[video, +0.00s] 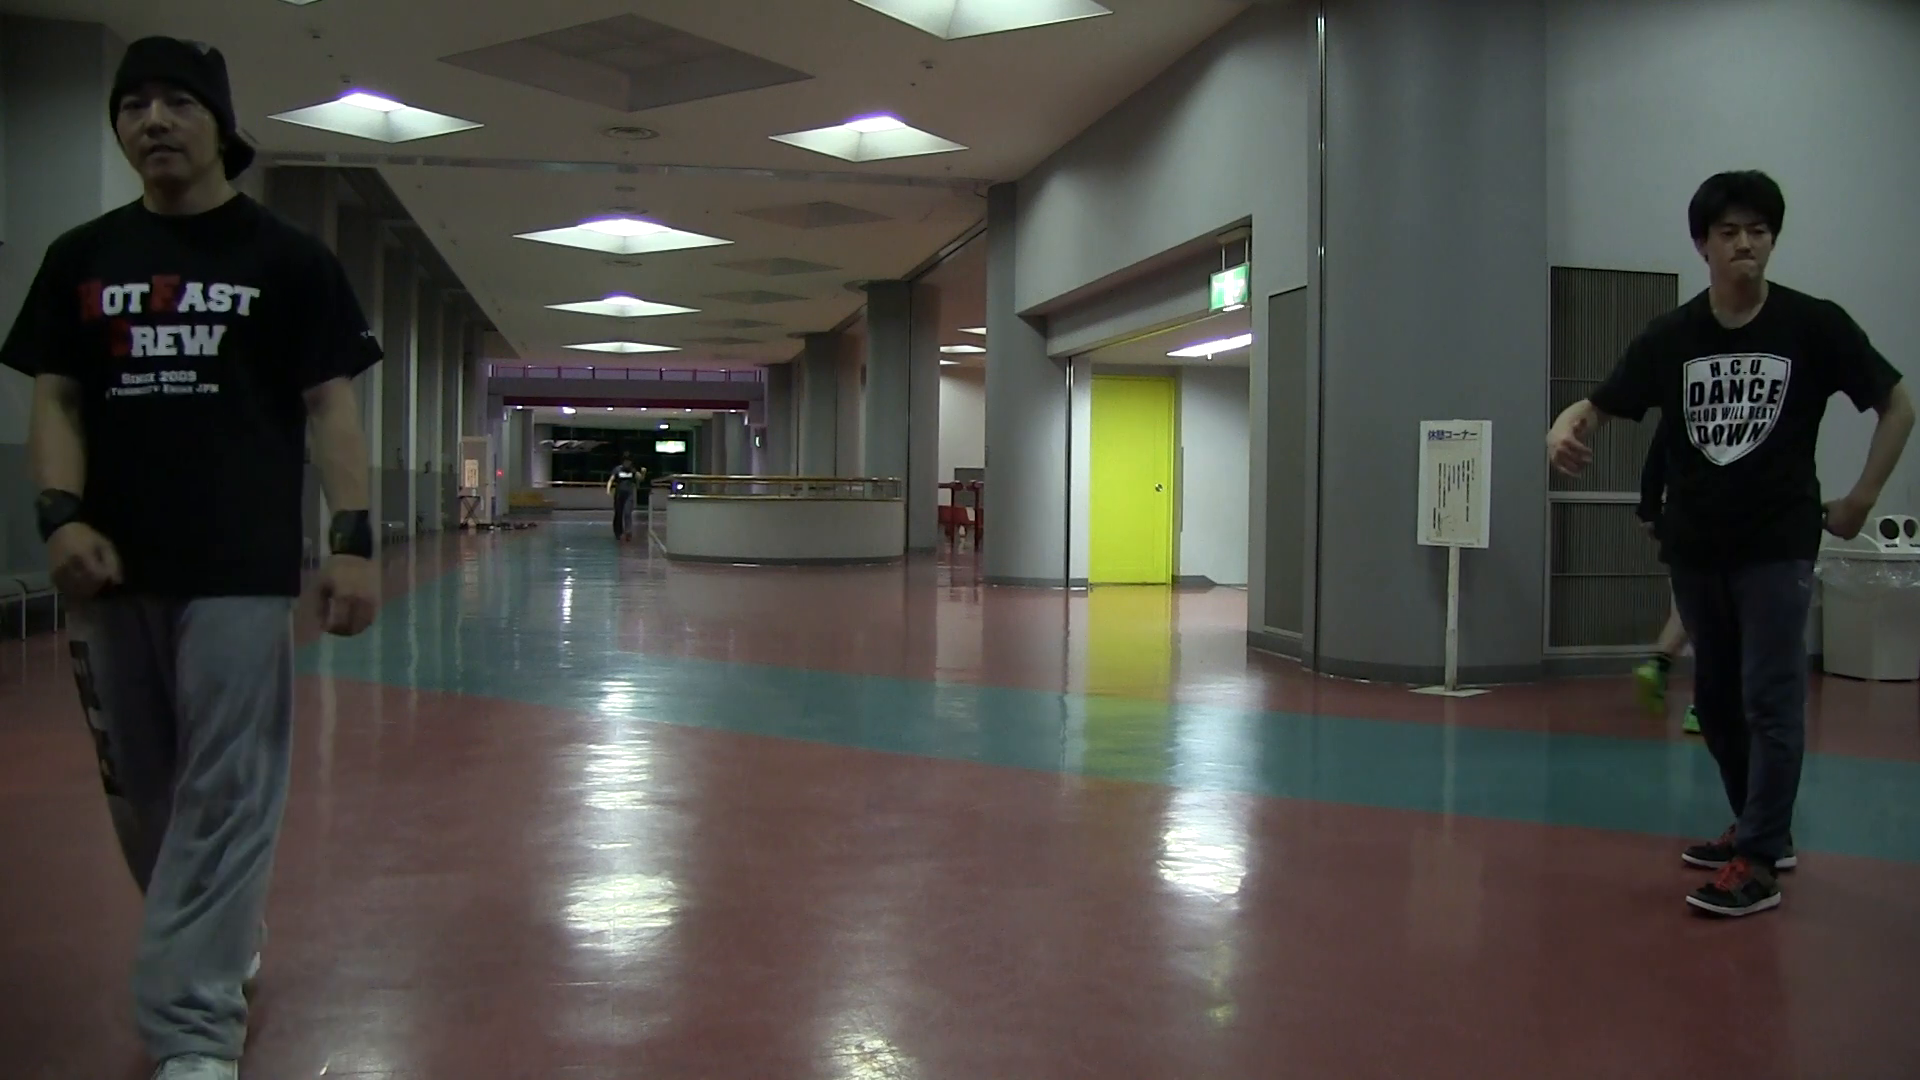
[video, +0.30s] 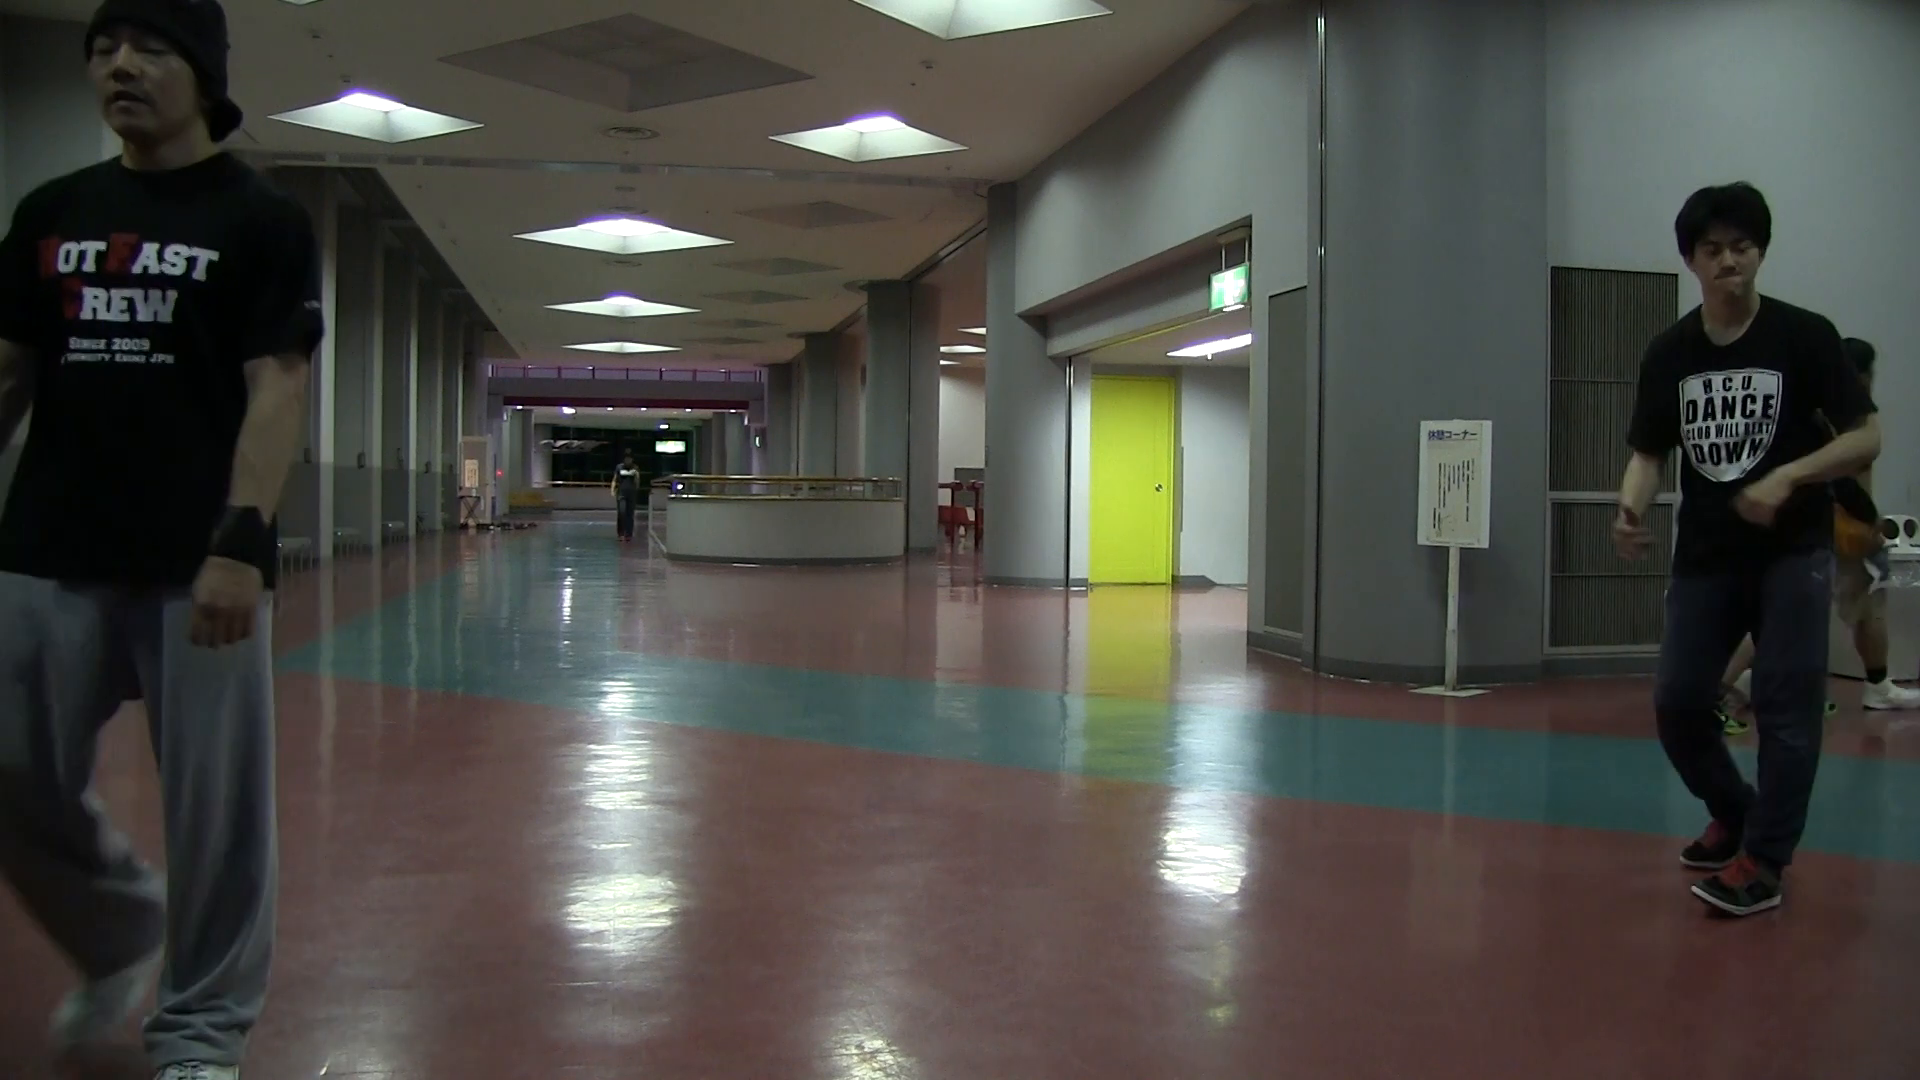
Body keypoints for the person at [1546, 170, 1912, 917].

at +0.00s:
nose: (1745, 242)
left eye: (1758, 230)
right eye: (1729, 230)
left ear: (1774, 241)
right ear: (1702, 243)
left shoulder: (1815, 326)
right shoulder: (1668, 337)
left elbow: (1897, 404)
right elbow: (1598, 406)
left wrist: (1862, 498)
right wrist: (1564, 428)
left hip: (1779, 542)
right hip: (1697, 546)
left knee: (1769, 697)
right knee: (1716, 699)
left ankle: (1758, 865)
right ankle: (1757, 828)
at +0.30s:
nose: (1727, 260)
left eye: (1740, 246)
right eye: (1712, 249)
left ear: (1762, 253)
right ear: (1690, 260)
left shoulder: (1807, 337)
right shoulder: (1668, 353)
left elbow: (1866, 436)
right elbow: (1648, 450)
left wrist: (1787, 475)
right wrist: (1631, 508)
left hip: (1793, 552)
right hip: (1707, 555)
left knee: (1788, 703)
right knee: (1677, 702)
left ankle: (1765, 865)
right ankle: (1736, 811)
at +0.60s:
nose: (1692, 277)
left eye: (1706, 262)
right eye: (1679, 265)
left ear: (1738, 261)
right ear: (1666, 271)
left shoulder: (1791, 339)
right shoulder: (1664, 358)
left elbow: (1819, 454)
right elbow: (1649, 459)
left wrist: (1721, 464)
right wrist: (1643, 508)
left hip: (1787, 557)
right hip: (1706, 558)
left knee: (1779, 702)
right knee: (1710, 697)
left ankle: (1761, 863)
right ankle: (1737, 820)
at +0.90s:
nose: (1680, 299)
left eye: (1693, 282)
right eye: (1667, 287)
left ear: (1730, 278)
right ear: (1658, 293)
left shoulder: (1794, 349)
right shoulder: (1666, 380)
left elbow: (1814, 462)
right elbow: (1658, 477)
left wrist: (1714, 466)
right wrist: (1638, 507)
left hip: (1777, 549)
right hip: (1700, 551)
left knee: (1737, 686)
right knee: (1696, 697)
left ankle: (1757, 863)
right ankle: (1742, 826)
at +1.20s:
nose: (1675, 286)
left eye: (1689, 270)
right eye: (1662, 275)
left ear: (1723, 271)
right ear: (1653, 285)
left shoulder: (1780, 339)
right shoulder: (1658, 377)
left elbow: (1763, 449)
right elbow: (1681, 469)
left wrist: (1662, 474)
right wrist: (1675, 500)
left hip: (1800, 541)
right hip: (1719, 545)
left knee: (1779, 699)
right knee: (1698, 699)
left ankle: (1761, 861)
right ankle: (1726, 811)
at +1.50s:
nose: (1643, 282)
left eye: (1656, 267)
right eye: (1639, 269)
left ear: (1704, 269)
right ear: (1643, 277)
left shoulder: (1767, 339)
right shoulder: (1662, 369)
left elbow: (1771, 458)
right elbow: (1678, 478)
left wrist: (1690, 538)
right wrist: (1672, 548)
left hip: (1798, 544)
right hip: (1722, 548)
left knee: (1764, 691)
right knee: (1676, 694)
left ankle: (1757, 864)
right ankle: (1716, 812)